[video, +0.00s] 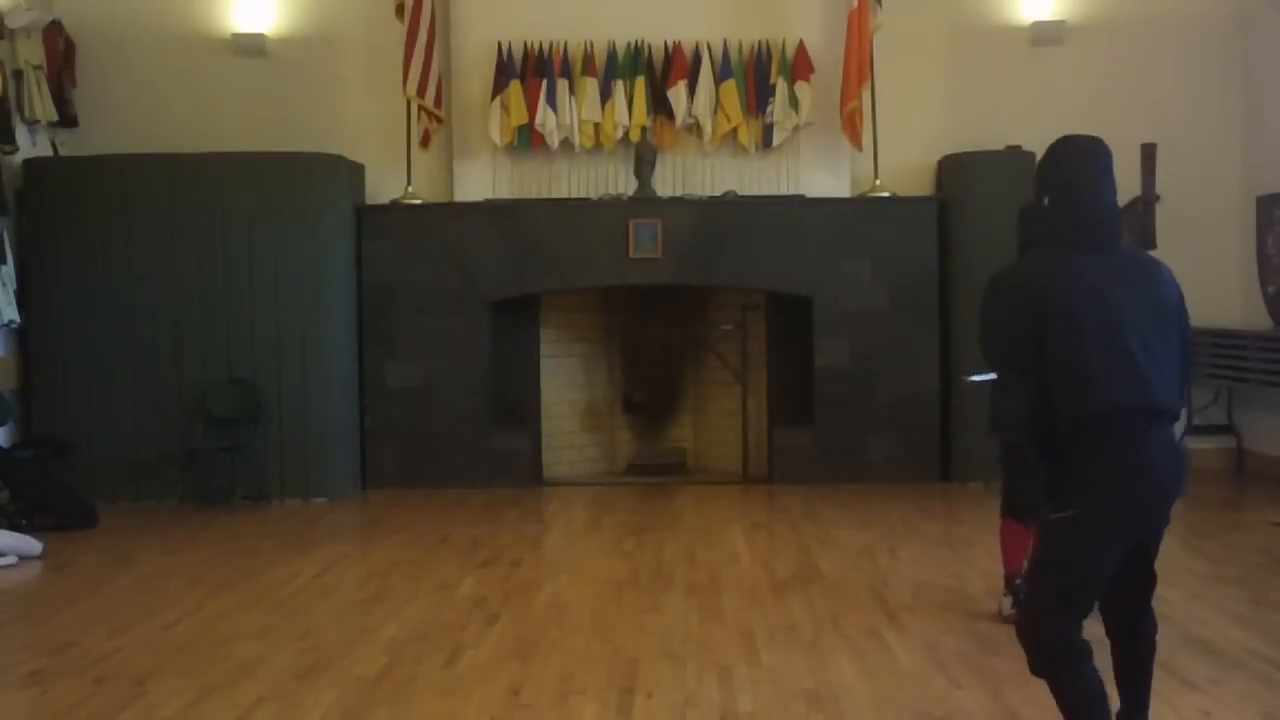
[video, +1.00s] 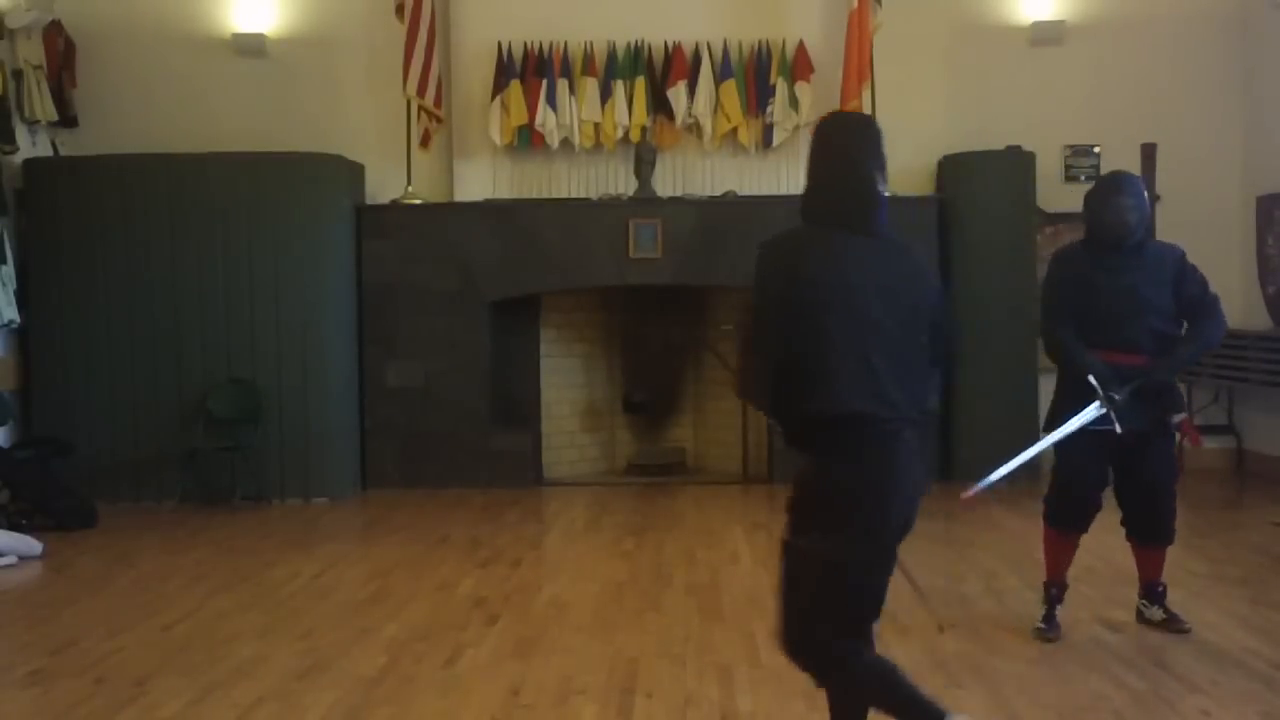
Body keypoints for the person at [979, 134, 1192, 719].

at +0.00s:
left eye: (1050, 192)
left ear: (1046, 198)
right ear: (1110, 197)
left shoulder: (1019, 284)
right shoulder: (1154, 276)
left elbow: (1014, 400)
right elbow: (1180, 376)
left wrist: (1030, 496)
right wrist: (1151, 433)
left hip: (1084, 468)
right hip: (1157, 463)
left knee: (1047, 622)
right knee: (1130, 602)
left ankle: (1094, 709)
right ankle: (1134, 709)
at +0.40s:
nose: (997, 192)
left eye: (1000, 180)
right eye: (1002, 180)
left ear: (1009, 185)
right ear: (1071, 180)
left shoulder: (999, 265)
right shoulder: (1106, 266)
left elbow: (976, 385)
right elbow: (1123, 353)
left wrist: (1005, 435)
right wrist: (1087, 423)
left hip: (1030, 472)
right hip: (1097, 468)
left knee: (1018, 631)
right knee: (1059, 617)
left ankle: (1066, 710)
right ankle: (1078, 708)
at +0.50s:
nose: (973, 179)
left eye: (976, 169)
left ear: (983, 176)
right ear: (1046, 169)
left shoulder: (978, 259)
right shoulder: (1084, 253)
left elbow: (957, 371)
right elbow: (1138, 326)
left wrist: (981, 427)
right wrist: (1085, 377)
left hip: (1020, 456)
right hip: (1082, 450)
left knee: (1026, 618)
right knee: (1016, 600)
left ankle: (1064, 709)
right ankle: (1027, 707)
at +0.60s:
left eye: (949, 165)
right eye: (1021, 157)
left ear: (954, 169)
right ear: (1022, 167)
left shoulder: (944, 252)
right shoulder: (1058, 254)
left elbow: (925, 363)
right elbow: (1098, 337)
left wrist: (945, 418)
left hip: (986, 454)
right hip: (1050, 451)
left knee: (1038, 634)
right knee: (968, 598)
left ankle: (1076, 706)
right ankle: (964, 710)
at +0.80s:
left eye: (891, 176)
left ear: (890, 182)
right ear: (955, 183)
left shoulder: (870, 265)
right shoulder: (991, 264)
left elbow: (850, 383)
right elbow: (1012, 362)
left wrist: (892, 447)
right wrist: (980, 434)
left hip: (924, 465)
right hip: (978, 460)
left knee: (999, 639)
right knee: (889, 623)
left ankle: (1053, 705)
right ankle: (877, 709)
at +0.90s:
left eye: (856, 173)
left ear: (852, 180)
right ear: (916, 184)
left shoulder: (829, 266)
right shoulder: (947, 271)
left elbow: (819, 378)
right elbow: (967, 369)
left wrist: (848, 451)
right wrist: (937, 439)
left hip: (878, 470)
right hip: (930, 466)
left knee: (917, 644)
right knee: (853, 626)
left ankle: (1001, 711)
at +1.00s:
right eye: (874, 164)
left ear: (815, 170)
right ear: (879, 173)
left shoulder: (787, 255)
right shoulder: (906, 258)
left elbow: (761, 379)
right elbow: (938, 351)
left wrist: (810, 428)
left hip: (836, 463)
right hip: (900, 459)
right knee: (851, 630)